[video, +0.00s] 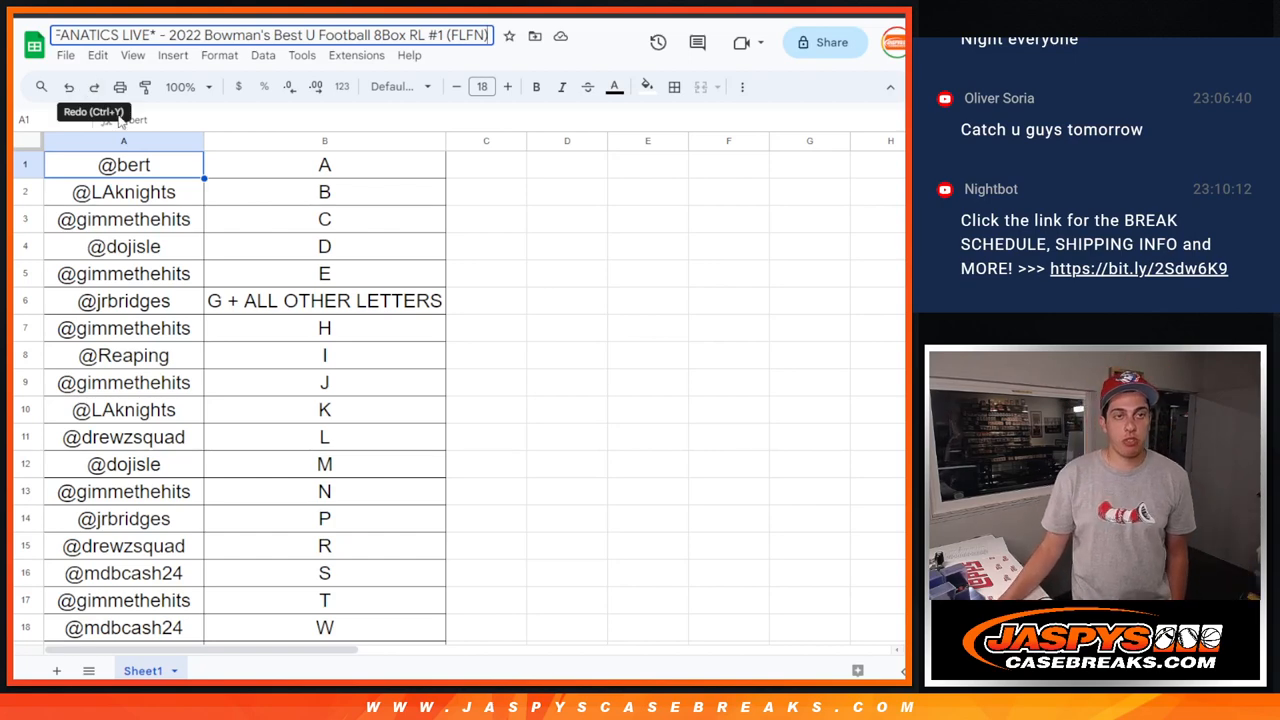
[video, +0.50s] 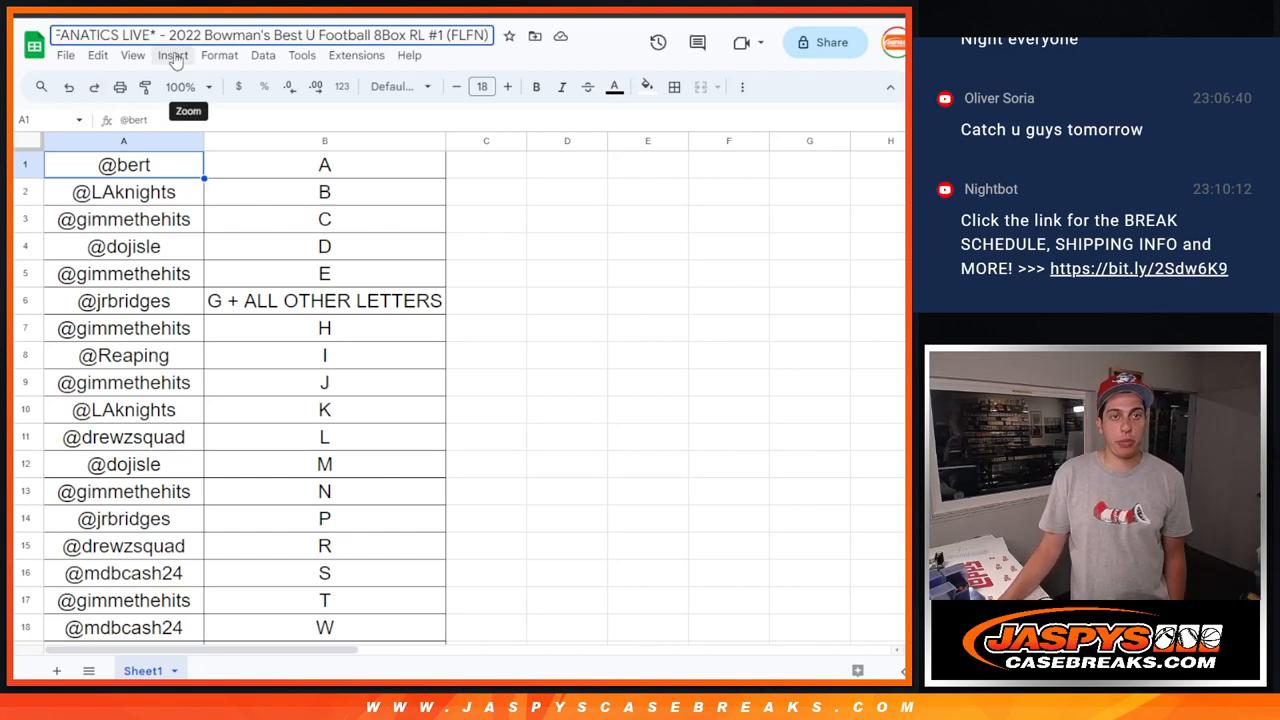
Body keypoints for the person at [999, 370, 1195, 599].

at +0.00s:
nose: (1130, 426)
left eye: (1140, 414)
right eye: (1119, 415)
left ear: (1150, 421)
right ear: (1103, 423)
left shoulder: (1174, 477)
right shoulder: (1075, 475)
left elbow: (1177, 552)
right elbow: (1050, 548)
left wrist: (1176, 604)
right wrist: (1006, 600)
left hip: (1151, 602)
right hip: (1089, 602)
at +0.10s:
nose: (1131, 426)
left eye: (1140, 415)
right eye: (1119, 416)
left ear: (1150, 421)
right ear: (1103, 423)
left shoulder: (1173, 478)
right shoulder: (1075, 475)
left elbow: (1177, 552)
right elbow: (1050, 547)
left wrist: (1176, 604)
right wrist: (1007, 600)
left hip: (1151, 602)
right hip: (1089, 602)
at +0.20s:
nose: (1130, 428)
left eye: (1139, 416)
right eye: (1119, 417)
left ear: (1149, 421)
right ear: (1102, 424)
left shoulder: (1172, 479)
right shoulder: (1074, 475)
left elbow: (1177, 553)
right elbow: (1050, 548)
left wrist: (1176, 603)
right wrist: (1006, 600)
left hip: (1151, 602)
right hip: (1089, 604)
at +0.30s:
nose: (1129, 427)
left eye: (1139, 415)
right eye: (1118, 416)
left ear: (1148, 421)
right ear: (1101, 424)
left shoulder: (1171, 479)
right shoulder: (1073, 475)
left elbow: (1175, 553)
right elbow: (1049, 548)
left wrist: (1176, 602)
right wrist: (1006, 600)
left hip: (1151, 603)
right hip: (1089, 604)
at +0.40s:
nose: (1128, 426)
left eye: (1137, 414)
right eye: (1117, 415)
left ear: (1147, 421)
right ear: (1101, 423)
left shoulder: (1170, 479)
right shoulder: (1072, 474)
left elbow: (1175, 554)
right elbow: (1049, 548)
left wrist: (1175, 603)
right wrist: (1006, 600)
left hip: (1150, 604)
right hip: (1088, 604)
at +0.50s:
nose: (1126, 427)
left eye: (1136, 415)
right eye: (1115, 416)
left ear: (1146, 421)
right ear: (1100, 424)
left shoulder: (1169, 479)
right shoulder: (1071, 475)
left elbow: (1175, 554)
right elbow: (1049, 548)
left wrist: (1175, 603)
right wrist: (1006, 600)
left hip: (1149, 602)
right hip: (1087, 603)